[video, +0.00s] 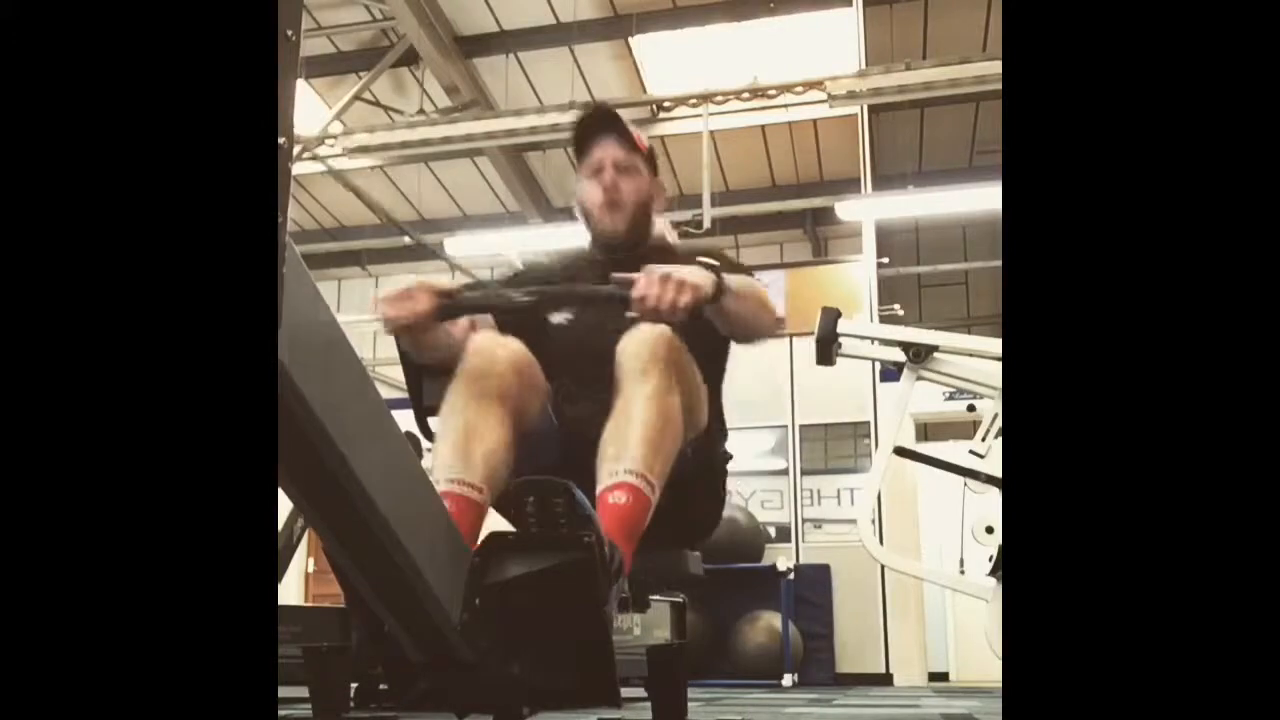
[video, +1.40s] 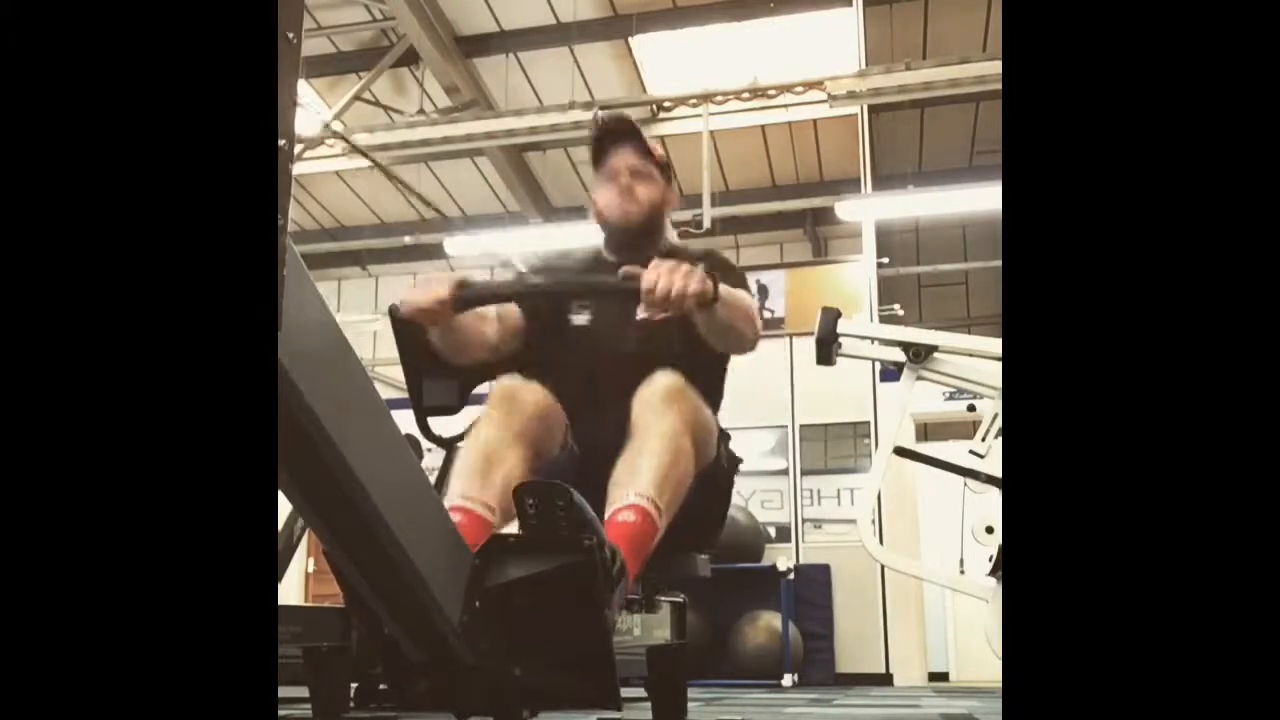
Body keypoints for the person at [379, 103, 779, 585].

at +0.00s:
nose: (610, 185)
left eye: (627, 169)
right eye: (594, 173)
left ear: (656, 187)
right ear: (578, 197)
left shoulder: (703, 270)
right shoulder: (541, 281)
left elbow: (766, 323)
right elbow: (449, 348)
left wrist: (710, 285)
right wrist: (415, 326)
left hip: (671, 489)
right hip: (551, 487)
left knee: (649, 344)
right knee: (488, 352)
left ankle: (607, 558)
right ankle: (442, 557)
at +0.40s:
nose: (643, 221)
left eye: (658, 213)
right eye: (631, 213)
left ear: (684, 231)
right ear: (615, 230)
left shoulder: (713, 295)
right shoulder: (580, 307)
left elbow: (763, 353)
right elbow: (501, 358)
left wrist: (722, 312)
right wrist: (479, 326)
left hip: (687, 490)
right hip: (576, 483)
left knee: (670, 415)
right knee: (517, 418)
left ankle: (611, 575)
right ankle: (452, 560)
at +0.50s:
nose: (655, 272)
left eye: (670, 262)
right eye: (643, 263)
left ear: (694, 277)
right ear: (627, 276)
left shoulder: (724, 345)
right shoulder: (594, 349)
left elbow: (787, 404)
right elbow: (511, 409)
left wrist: (747, 356)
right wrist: (513, 367)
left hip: (691, 488)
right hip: (592, 484)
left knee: (666, 462)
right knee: (533, 464)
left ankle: (609, 582)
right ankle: (470, 567)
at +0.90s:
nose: (638, 252)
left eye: (653, 241)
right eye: (626, 241)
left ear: (679, 256)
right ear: (611, 254)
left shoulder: (714, 331)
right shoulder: (569, 334)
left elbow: (800, 386)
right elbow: (471, 403)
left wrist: (747, 331)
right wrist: (474, 346)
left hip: (680, 504)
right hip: (565, 495)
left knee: (652, 391)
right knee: (526, 397)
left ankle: (607, 564)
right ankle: (454, 550)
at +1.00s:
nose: (622, 201)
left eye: (639, 191)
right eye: (609, 192)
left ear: (667, 210)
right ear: (592, 212)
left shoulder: (704, 288)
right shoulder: (552, 290)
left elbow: (769, 346)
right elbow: (473, 372)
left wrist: (724, 305)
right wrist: (442, 340)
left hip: (674, 489)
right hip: (555, 490)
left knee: (652, 358)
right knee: (505, 364)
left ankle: (607, 557)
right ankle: (446, 551)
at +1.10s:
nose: (600, 159)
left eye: (618, 149)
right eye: (586, 152)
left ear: (650, 169)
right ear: (569, 178)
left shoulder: (696, 253)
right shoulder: (520, 276)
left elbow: (741, 314)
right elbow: (447, 329)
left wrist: (697, 287)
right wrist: (390, 321)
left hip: (669, 489)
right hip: (549, 489)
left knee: (650, 341)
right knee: (487, 339)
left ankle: (606, 556)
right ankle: (441, 559)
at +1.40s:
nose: (624, 185)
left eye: (640, 175)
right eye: (610, 177)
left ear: (668, 194)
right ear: (593, 200)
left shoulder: (704, 268)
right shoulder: (562, 274)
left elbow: (746, 336)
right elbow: (485, 340)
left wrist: (705, 300)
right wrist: (442, 321)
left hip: (674, 472)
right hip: (559, 469)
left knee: (666, 390)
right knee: (514, 394)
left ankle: (610, 572)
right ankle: (451, 557)